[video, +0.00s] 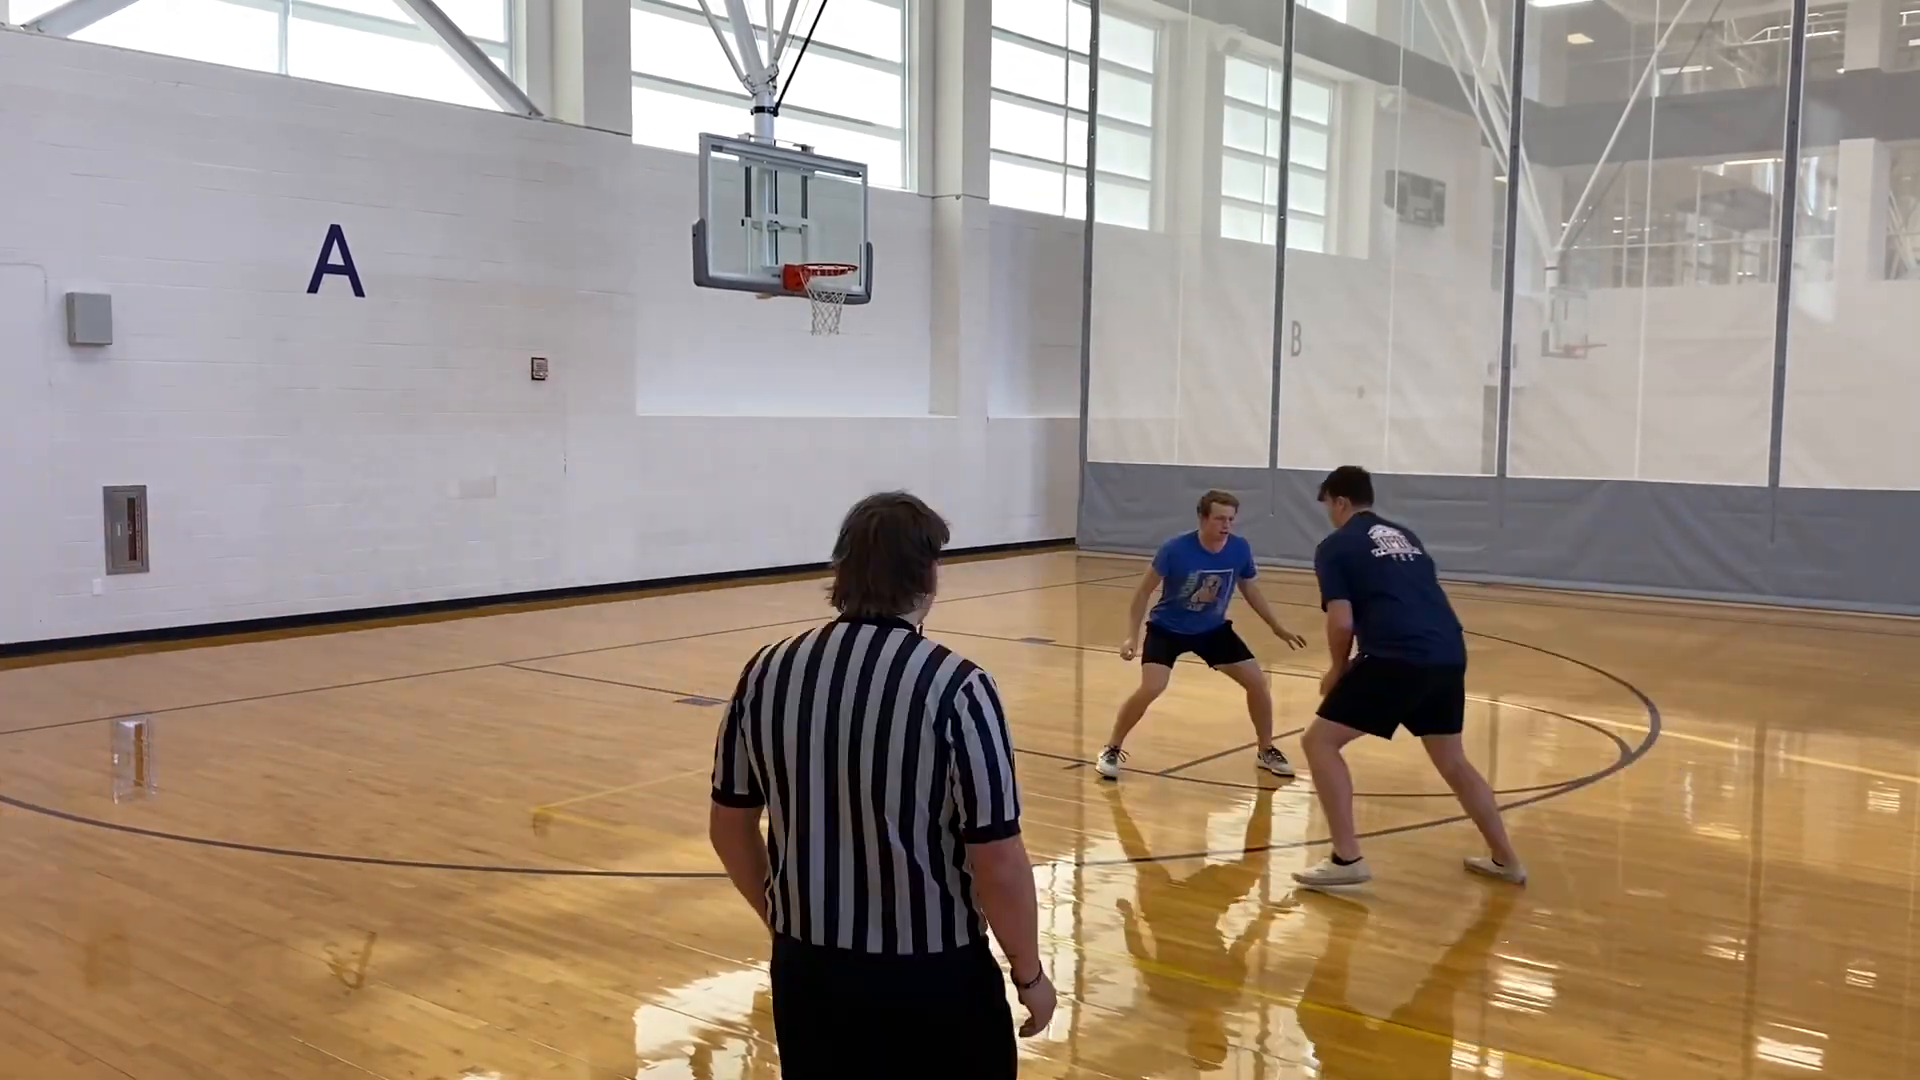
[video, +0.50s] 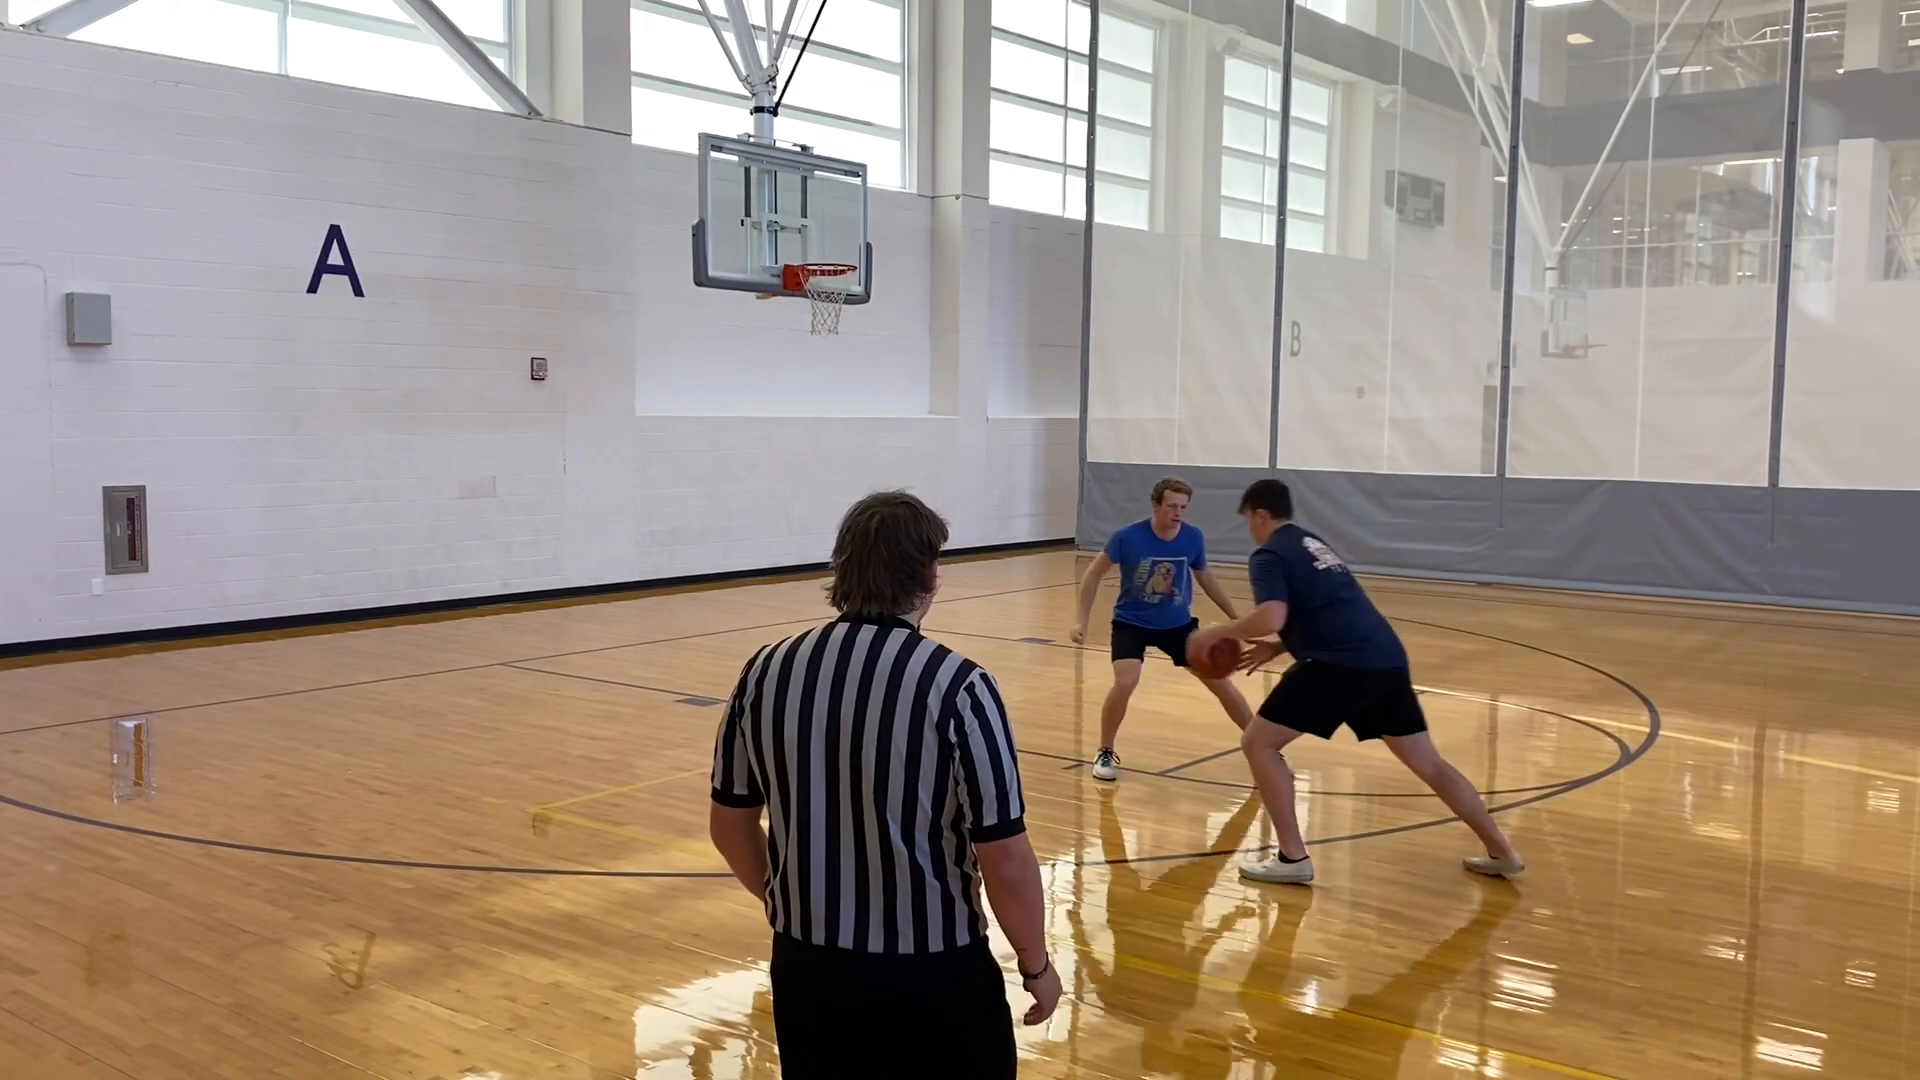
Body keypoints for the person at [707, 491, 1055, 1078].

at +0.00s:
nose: (939, 575)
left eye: (937, 559)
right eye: (937, 561)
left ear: (845, 567)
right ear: (925, 572)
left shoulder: (767, 671)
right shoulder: (958, 688)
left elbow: (730, 827)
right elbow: (997, 860)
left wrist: (784, 919)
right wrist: (1029, 970)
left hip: (810, 982)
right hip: (940, 987)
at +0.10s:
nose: (939, 577)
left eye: (936, 560)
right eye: (936, 562)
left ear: (846, 567)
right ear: (926, 574)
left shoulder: (768, 670)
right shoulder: (960, 688)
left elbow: (731, 826)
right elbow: (998, 858)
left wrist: (786, 910)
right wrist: (1030, 965)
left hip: (809, 980)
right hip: (940, 985)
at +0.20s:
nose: (939, 576)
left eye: (937, 559)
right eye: (937, 561)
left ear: (846, 566)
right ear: (926, 573)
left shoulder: (767, 670)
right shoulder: (960, 688)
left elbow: (731, 826)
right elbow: (1000, 857)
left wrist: (786, 905)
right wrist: (1032, 963)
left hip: (808, 979)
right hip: (939, 983)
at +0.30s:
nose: (940, 576)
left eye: (938, 559)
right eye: (937, 561)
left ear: (846, 566)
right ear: (925, 572)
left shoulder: (768, 670)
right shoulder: (959, 687)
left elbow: (731, 825)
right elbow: (1001, 856)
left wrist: (788, 902)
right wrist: (1034, 961)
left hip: (809, 980)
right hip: (940, 984)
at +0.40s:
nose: (939, 576)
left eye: (937, 559)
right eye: (937, 561)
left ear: (845, 567)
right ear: (925, 573)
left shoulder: (768, 670)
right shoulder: (960, 687)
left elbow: (731, 825)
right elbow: (1002, 856)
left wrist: (787, 902)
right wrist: (1035, 960)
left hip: (809, 980)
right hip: (940, 984)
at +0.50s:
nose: (940, 575)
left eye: (938, 559)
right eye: (937, 560)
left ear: (846, 566)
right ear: (926, 572)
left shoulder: (767, 670)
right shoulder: (959, 686)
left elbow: (731, 825)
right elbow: (1004, 855)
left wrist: (785, 900)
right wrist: (1036, 962)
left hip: (809, 979)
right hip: (940, 982)